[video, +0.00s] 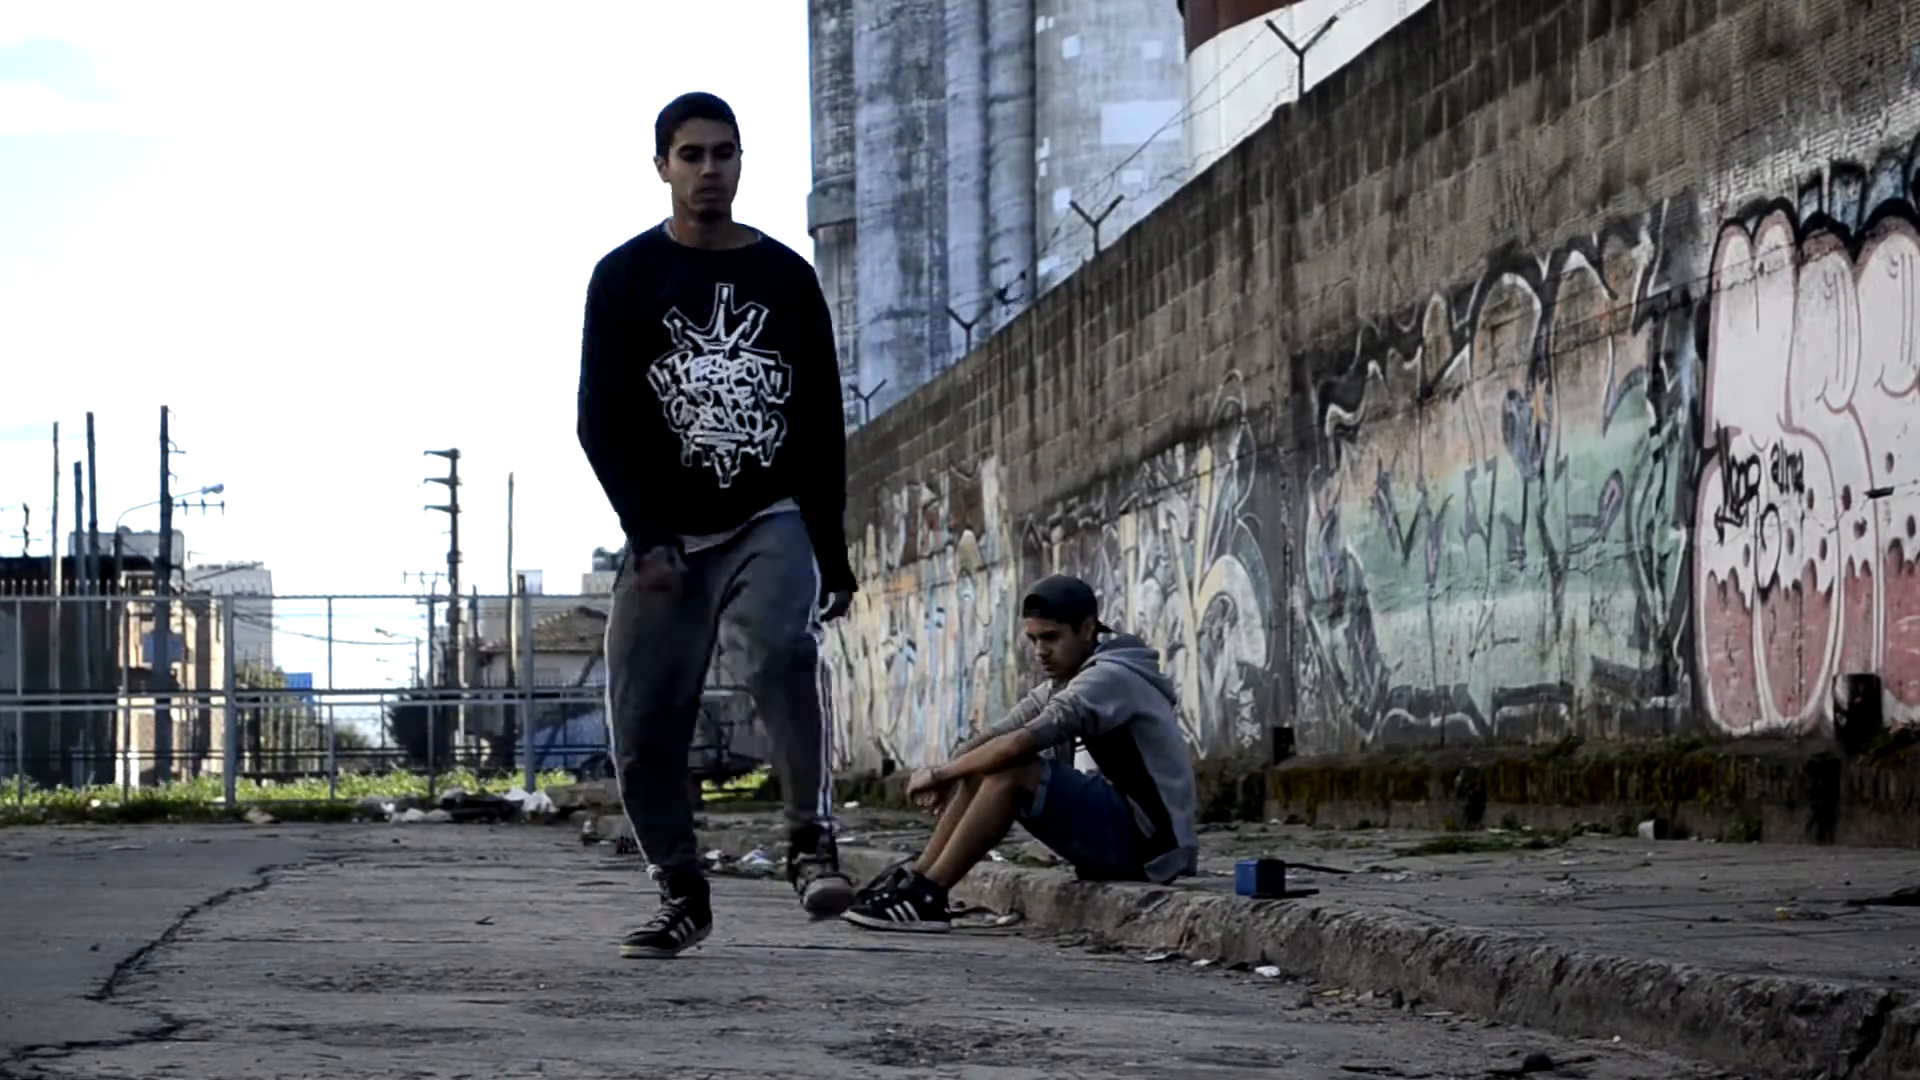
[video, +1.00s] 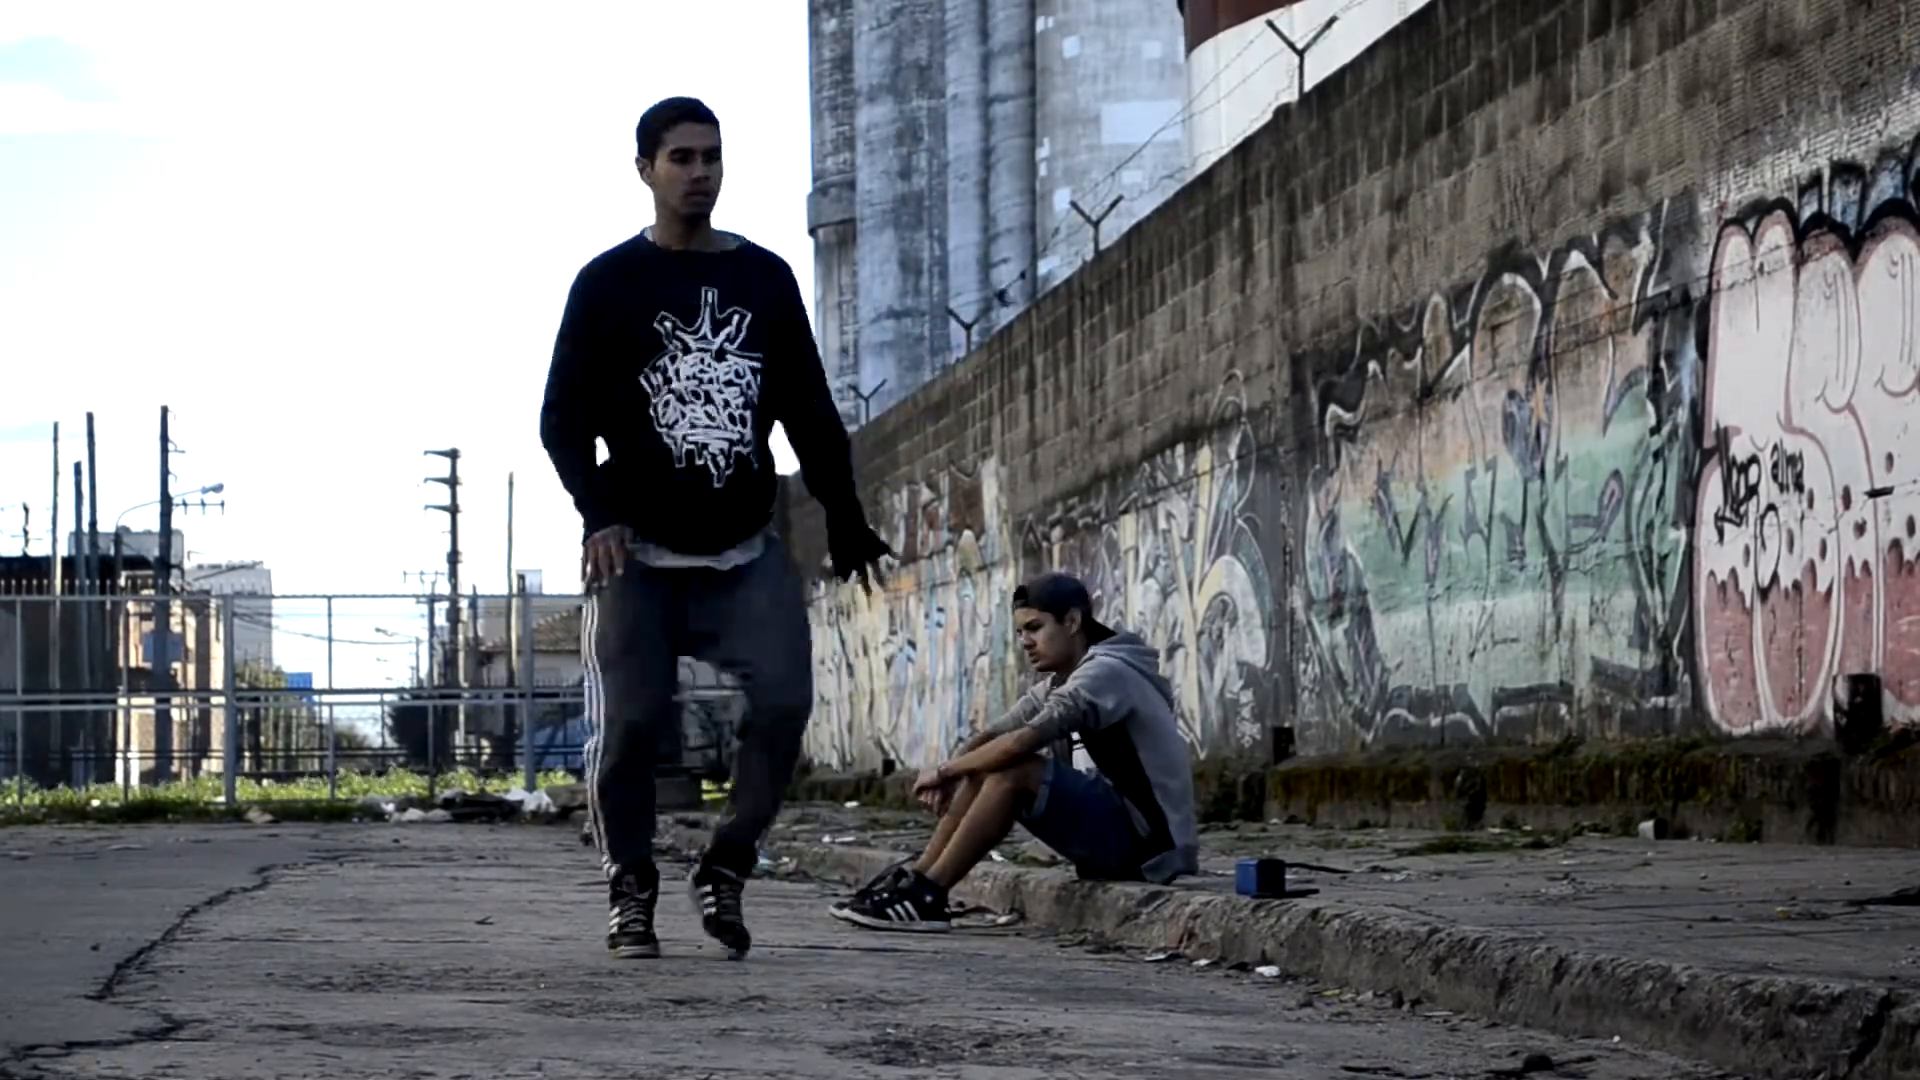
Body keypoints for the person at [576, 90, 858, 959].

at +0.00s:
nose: (709, 170)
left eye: (723, 154)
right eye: (691, 155)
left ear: (741, 164)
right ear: (663, 167)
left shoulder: (788, 275)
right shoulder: (623, 276)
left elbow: (821, 415)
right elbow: (599, 414)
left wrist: (830, 544)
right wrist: (641, 531)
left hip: (771, 512)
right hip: (663, 529)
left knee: (786, 651)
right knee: (639, 728)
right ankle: (683, 897)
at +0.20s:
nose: (740, 261)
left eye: (748, 247)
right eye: (719, 251)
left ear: (762, 262)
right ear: (684, 276)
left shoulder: (813, 386)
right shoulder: (649, 361)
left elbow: (858, 531)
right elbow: (558, 300)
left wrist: (885, 660)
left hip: (797, 609)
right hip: (691, 633)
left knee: (805, 697)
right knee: (627, 834)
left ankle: (844, 912)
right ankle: (690, 893)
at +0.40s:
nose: (766, 291)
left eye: (770, 277)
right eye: (744, 279)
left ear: (777, 292)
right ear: (699, 304)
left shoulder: (835, 389)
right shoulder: (660, 388)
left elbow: (962, 413)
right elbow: (570, 323)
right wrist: (636, 243)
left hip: (794, 634)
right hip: (689, 661)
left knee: (800, 700)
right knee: (616, 858)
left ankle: (843, 911)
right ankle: (688, 887)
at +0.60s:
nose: (753, 266)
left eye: (757, 252)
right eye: (731, 254)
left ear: (765, 267)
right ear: (687, 276)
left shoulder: (821, 359)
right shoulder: (648, 364)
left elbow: (945, 372)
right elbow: (547, 320)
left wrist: (882, 259)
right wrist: (619, 229)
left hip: (790, 604)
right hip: (685, 628)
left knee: (791, 698)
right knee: (631, 834)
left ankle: (838, 907)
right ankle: (685, 888)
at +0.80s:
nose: (727, 146)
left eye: (733, 133)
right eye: (708, 133)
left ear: (743, 145)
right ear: (666, 148)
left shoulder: (789, 258)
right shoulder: (620, 258)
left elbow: (818, 386)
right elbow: (553, 373)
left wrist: (827, 498)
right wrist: (585, 439)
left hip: (769, 511)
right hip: (659, 513)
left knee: (771, 682)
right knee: (643, 711)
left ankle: (756, 861)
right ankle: (654, 878)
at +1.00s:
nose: (700, 172)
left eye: (711, 157)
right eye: (682, 158)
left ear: (724, 170)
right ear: (647, 170)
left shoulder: (766, 278)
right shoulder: (606, 283)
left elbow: (809, 407)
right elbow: (562, 416)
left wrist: (845, 515)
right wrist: (595, 513)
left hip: (746, 546)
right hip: (638, 549)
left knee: (785, 700)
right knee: (632, 723)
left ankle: (727, 865)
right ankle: (631, 891)